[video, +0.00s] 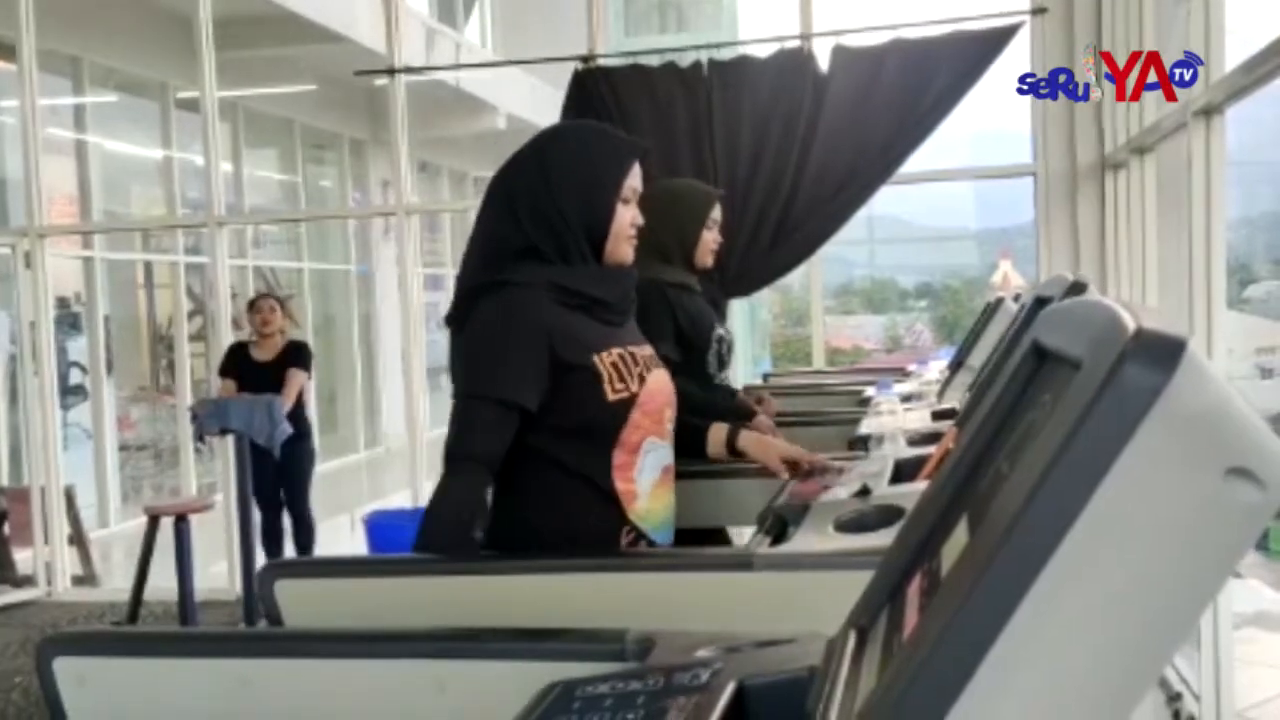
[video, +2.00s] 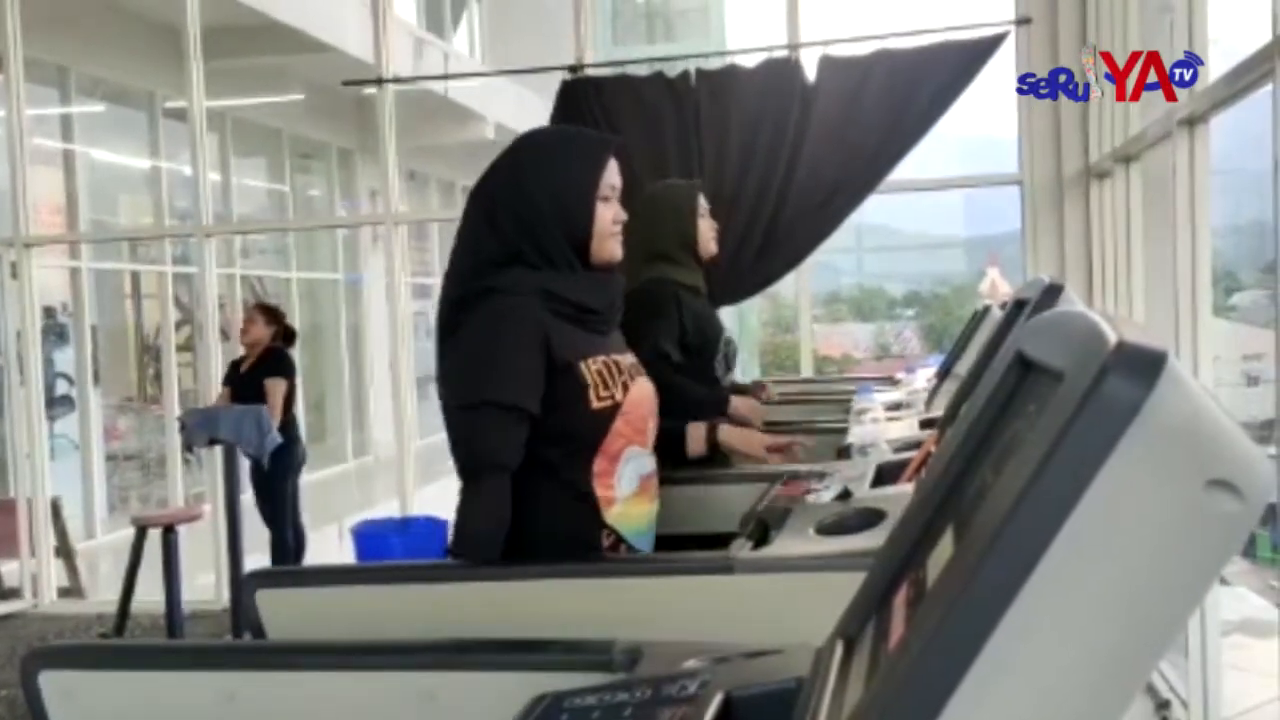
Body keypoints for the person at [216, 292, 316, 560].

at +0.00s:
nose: (265, 317)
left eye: (272, 311)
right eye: (258, 312)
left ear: (282, 317)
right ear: (249, 319)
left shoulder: (297, 351)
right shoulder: (237, 353)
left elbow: (290, 394)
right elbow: (227, 395)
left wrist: (271, 420)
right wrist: (241, 418)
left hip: (293, 433)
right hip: (255, 435)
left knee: (297, 501)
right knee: (268, 505)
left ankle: (305, 563)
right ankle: (274, 566)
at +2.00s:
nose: (244, 326)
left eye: (252, 322)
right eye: (245, 321)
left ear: (271, 330)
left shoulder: (276, 359)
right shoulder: (237, 366)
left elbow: (274, 409)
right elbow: (222, 404)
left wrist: (260, 439)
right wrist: (201, 425)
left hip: (283, 442)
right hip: (257, 445)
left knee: (282, 512)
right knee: (273, 512)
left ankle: (284, 574)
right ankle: (290, 572)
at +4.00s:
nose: (251, 320)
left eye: (259, 314)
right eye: (246, 315)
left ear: (273, 320)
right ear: (239, 321)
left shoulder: (287, 352)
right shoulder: (229, 356)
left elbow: (281, 393)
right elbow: (218, 399)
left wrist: (266, 426)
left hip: (286, 436)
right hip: (247, 438)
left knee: (288, 509)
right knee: (257, 511)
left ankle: (295, 566)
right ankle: (260, 568)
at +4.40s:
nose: (260, 319)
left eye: (266, 313)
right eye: (252, 314)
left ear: (276, 318)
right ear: (242, 322)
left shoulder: (291, 352)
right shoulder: (231, 351)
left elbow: (283, 392)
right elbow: (217, 393)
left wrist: (262, 420)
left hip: (284, 436)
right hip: (245, 436)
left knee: (277, 510)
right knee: (254, 508)